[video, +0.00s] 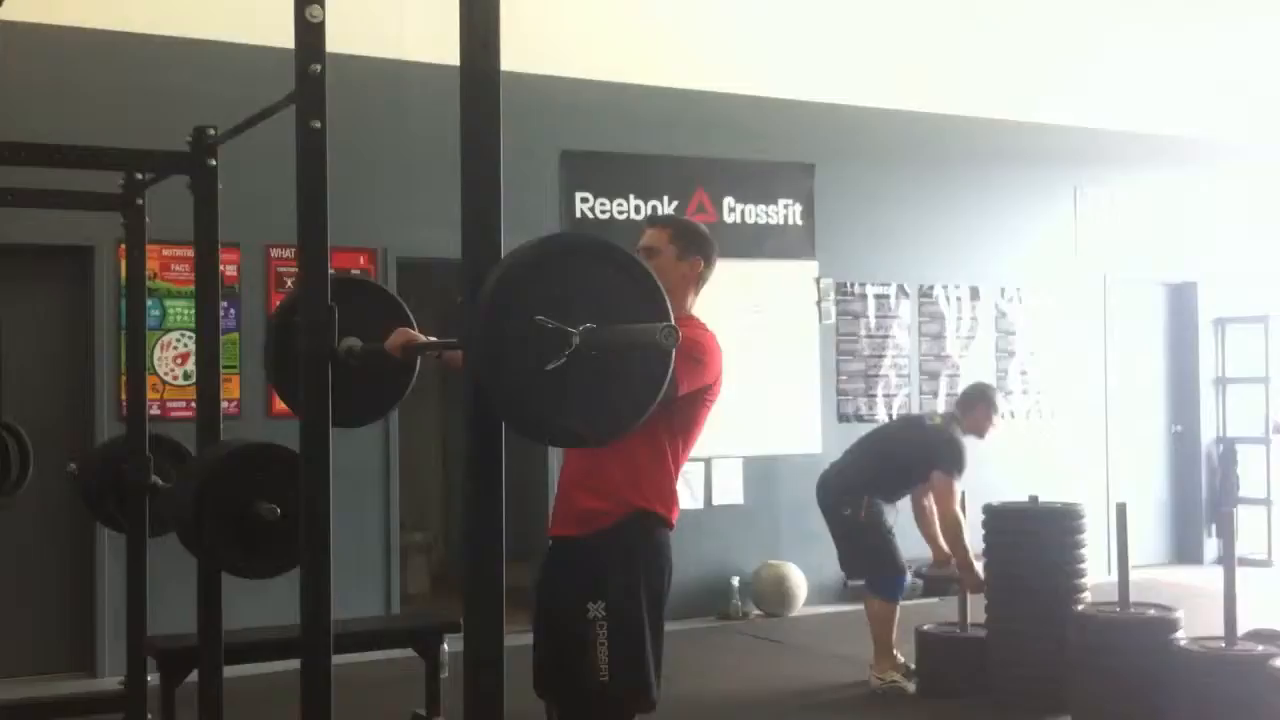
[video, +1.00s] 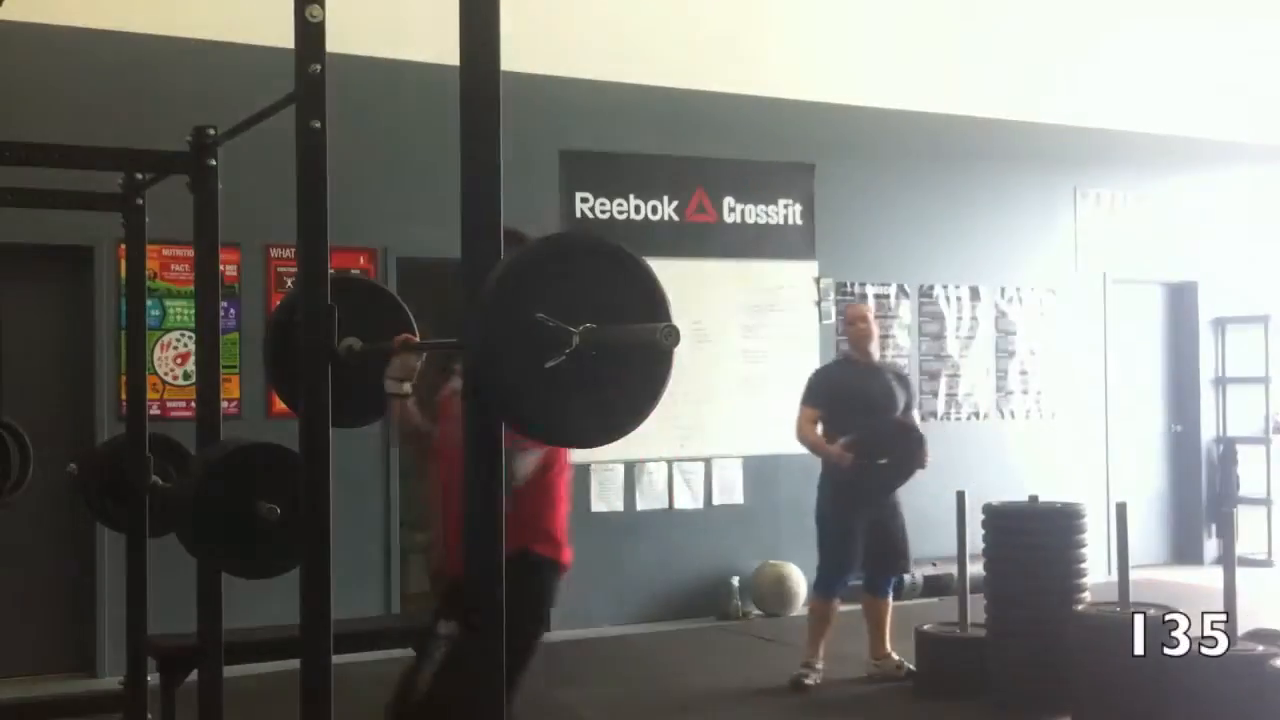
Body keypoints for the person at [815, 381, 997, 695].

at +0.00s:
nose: (992, 422)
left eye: (994, 415)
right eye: (991, 414)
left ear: (965, 407)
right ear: (976, 409)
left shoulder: (930, 427)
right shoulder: (947, 443)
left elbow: (921, 500)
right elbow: (950, 512)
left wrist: (939, 549)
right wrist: (968, 569)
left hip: (843, 488)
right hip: (852, 494)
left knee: (885, 575)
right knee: (889, 576)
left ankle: (887, 658)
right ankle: (882, 667)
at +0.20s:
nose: (977, 385)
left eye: (977, 378)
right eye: (974, 378)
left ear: (948, 378)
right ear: (959, 378)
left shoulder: (916, 407)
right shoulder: (933, 415)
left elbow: (909, 479)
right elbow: (932, 483)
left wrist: (939, 519)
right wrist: (967, 533)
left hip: (851, 487)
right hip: (857, 492)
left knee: (888, 575)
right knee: (890, 576)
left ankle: (887, 659)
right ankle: (882, 668)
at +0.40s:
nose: (949, 347)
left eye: (947, 340)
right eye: (943, 340)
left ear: (922, 345)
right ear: (927, 344)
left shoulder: (909, 385)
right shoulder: (908, 386)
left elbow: (908, 450)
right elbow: (908, 446)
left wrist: (941, 478)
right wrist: (955, 476)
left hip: (875, 490)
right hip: (868, 492)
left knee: (890, 576)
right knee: (890, 577)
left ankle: (886, 659)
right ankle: (882, 667)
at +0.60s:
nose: (929, 334)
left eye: (928, 328)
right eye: (922, 328)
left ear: (910, 335)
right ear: (898, 334)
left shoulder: (904, 378)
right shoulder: (879, 374)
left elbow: (897, 436)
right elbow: (872, 427)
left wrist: (931, 458)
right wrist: (926, 451)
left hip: (890, 493)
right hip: (863, 493)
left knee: (893, 576)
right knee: (868, 579)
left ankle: (886, 654)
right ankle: (878, 665)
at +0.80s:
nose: (895, 328)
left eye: (897, 321)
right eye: (886, 323)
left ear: (901, 325)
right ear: (870, 330)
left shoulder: (907, 378)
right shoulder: (853, 373)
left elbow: (909, 432)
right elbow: (836, 425)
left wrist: (933, 455)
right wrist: (881, 448)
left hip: (890, 490)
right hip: (853, 491)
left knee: (890, 573)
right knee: (854, 574)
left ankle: (882, 655)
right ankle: (844, 662)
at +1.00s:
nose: (861, 326)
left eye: (866, 320)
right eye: (853, 321)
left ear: (876, 326)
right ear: (844, 329)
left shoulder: (898, 379)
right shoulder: (827, 376)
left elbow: (907, 427)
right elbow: (804, 428)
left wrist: (915, 452)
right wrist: (829, 451)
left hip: (883, 485)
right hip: (841, 485)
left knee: (884, 572)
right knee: (832, 574)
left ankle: (882, 655)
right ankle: (813, 661)